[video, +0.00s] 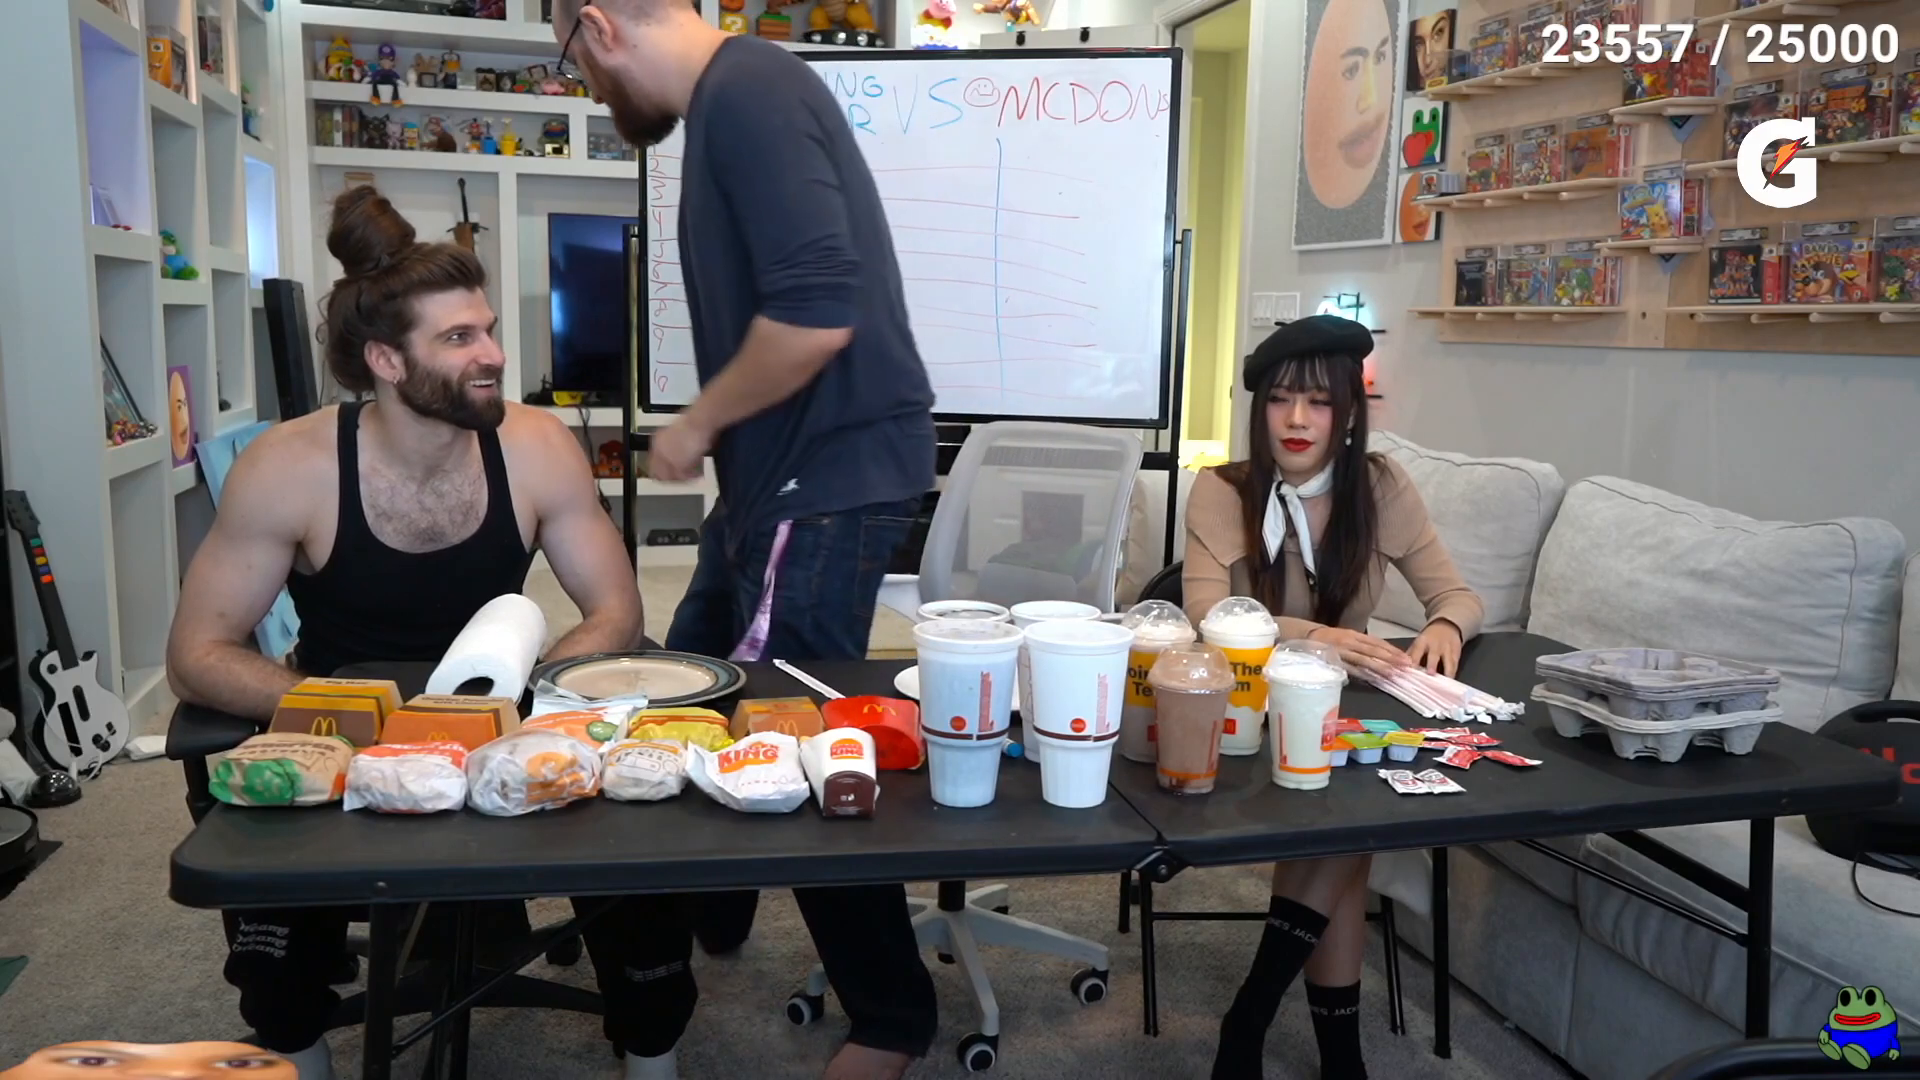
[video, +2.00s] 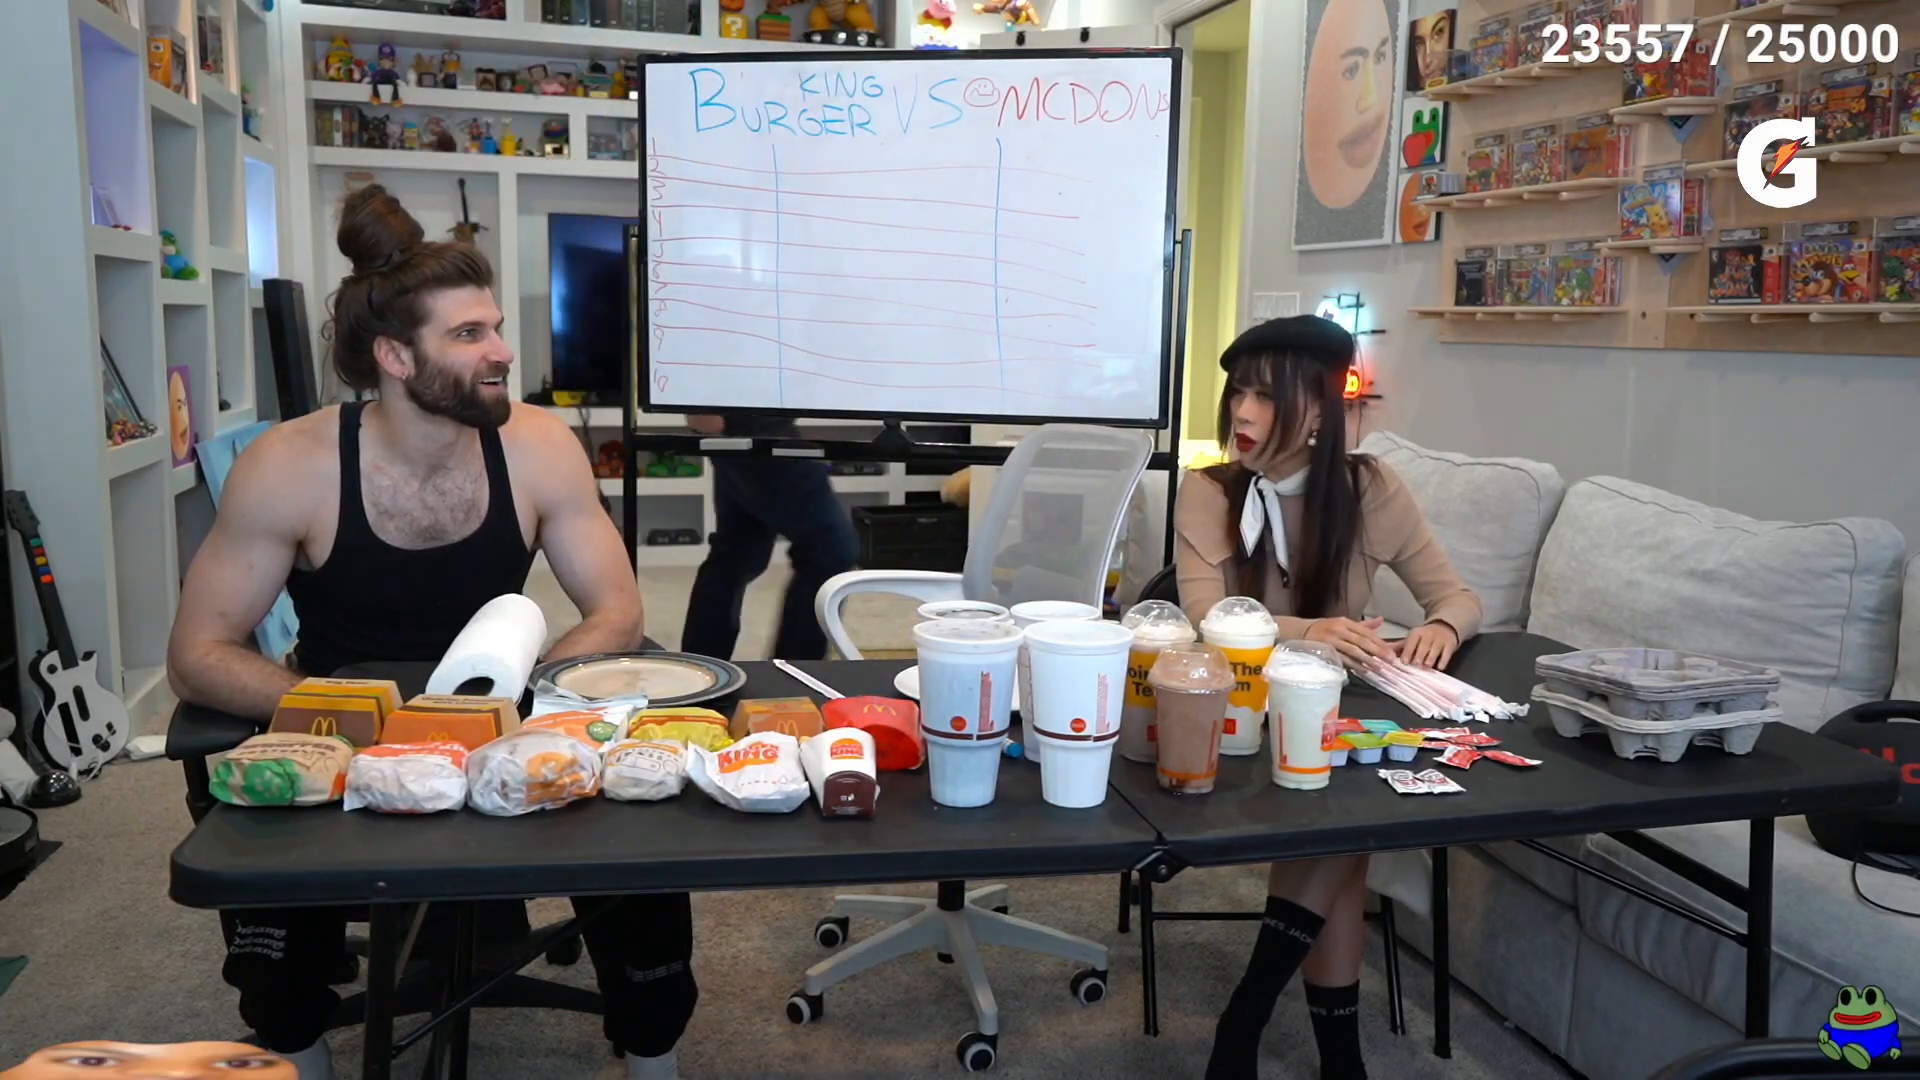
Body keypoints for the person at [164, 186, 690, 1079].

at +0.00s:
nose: (491, 354)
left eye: (490, 332)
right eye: (458, 338)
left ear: (497, 329)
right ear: (385, 364)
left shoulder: (538, 449)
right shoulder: (289, 466)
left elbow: (618, 616)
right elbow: (197, 653)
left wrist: (527, 684)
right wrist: (343, 708)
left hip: (508, 746)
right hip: (338, 756)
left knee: (639, 849)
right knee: (272, 886)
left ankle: (654, 1058)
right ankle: (299, 1060)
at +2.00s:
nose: (499, 351)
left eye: (499, 330)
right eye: (468, 336)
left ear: (502, 328)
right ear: (393, 358)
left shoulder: (539, 447)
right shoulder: (290, 466)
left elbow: (620, 614)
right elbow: (198, 654)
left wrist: (525, 679)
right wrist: (341, 709)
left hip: (509, 746)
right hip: (338, 757)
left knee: (638, 839)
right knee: (269, 879)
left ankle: (652, 1059)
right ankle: (299, 1060)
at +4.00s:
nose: (529, 349)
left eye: (524, 328)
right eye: (503, 334)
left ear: (439, 347)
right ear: (427, 351)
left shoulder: (542, 443)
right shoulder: (302, 461)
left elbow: (620, 609)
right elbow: (206, 657)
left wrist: (528, 683)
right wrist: (357, 712)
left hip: (507, 742)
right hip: (340, 750)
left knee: (667, 828)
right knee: (268, 866)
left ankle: (662, 1058)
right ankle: (316, 1057)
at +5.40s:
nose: (553, 371)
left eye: (550, 351)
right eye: (533, 353)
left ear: (477, 367)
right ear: (458, 367)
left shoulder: (549, 446)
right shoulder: (308, 463)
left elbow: (624, 611)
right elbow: (204, 655)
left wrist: (519, 677)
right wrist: (356, 716)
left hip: (507, 739)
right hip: (340, 747)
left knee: (655, 835)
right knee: (253, 873)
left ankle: (659, 1059)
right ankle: (311, 1062)